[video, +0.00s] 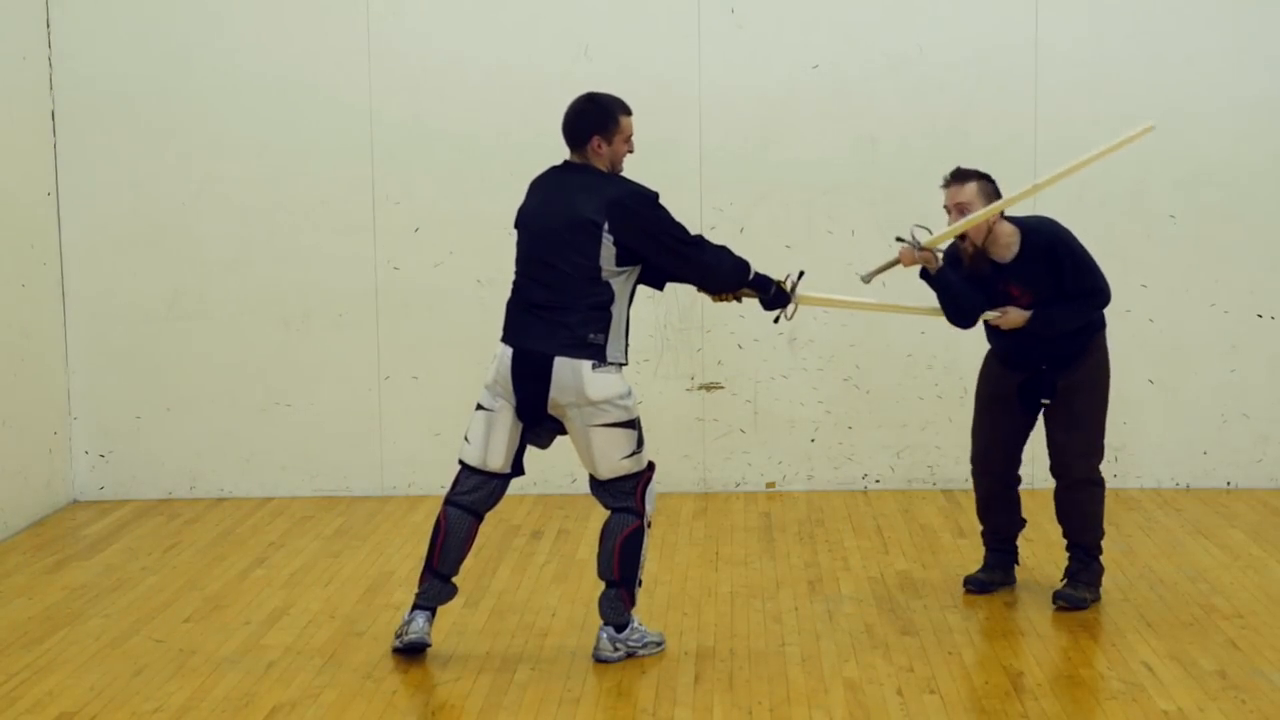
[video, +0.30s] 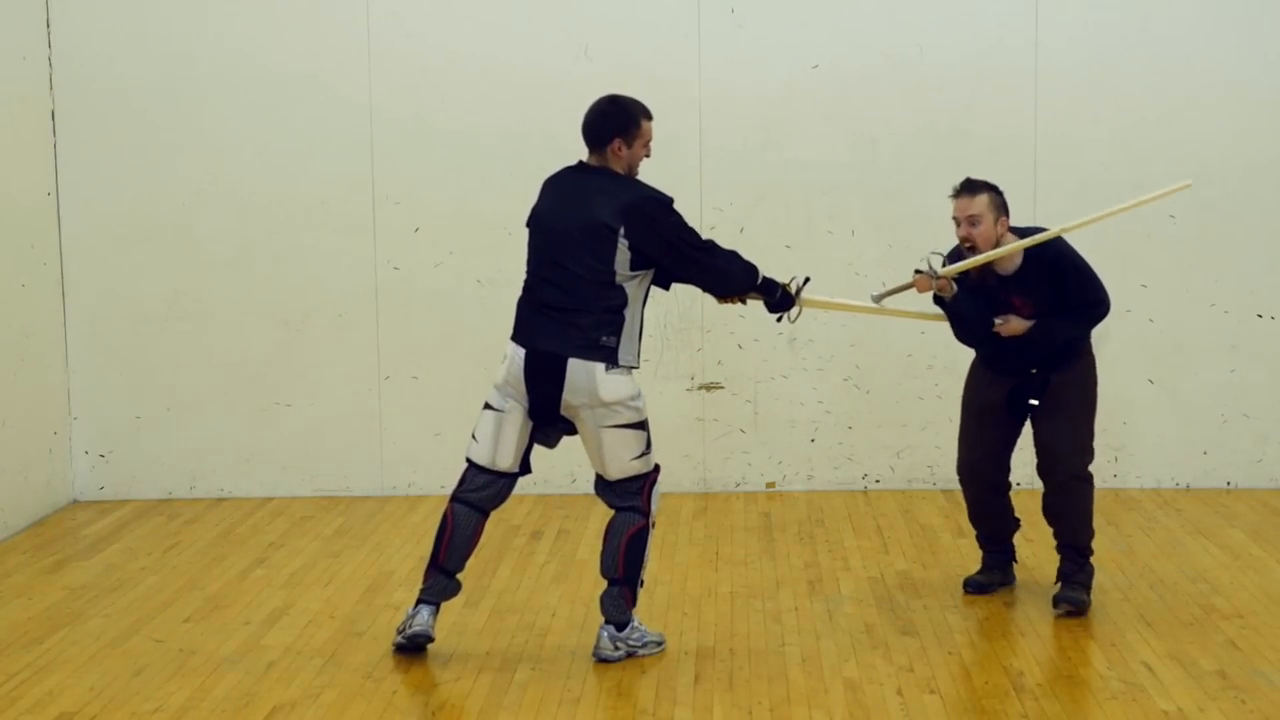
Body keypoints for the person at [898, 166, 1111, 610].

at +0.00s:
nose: (956, 220)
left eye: (964, 209)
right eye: (950, 211)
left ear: (994, 209)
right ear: (948, 215)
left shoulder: (1047, 237)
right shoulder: (959, 258)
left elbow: (1097, 294)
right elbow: (964, 317)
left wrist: (1031, 317)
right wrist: (932, 266)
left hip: (1076, 358)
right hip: (1009, 359)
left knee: (1076, 465)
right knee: (991, 460)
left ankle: (1083, 570)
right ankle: (999, 560)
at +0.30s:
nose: (963, 233)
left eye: (973, 222)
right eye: (958, 223)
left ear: (1002, 221)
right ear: (954, 224)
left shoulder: (1046, 248)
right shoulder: (961, 266)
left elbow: (1097, 304)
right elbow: (977, 337)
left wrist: (1033, 327)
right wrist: (948, 296)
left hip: (1064, 367)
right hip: (997, 368)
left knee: (1065, 469)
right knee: (977, 467)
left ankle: (1075, 574)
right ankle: (997, 562)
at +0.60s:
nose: (983, 247)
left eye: (994, 236)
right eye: (977, 236)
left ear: (1020, 235)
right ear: (971, 235)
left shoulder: (1061, 260)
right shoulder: (969, 274)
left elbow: (1107, 315)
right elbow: (984, 352)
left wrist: (1045, 339)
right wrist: (960, 318)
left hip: (1069, 375)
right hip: (1000, 376)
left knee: (1072, 476)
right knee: (978, 472)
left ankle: (1075, 580)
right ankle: (996, 562)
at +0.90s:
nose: (1015, 254)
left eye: (1026, 243)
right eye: (1007, 242)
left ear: (1046, 239)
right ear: (997, 237)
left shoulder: (1077, 264)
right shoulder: (986, 268)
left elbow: (1116, 320)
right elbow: (989, 352)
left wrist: (1054, 339)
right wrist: (972, 322)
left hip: (1074, 379)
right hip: (1006, 377)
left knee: (1076, 476)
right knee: (984, 471)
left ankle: (1075, 581)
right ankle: (997, 563)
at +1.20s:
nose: (1028, 257)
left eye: (1038, 247)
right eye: (1020, 245)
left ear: (1058, 242)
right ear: (1010, 238)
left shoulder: (1089, 268)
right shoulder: (994, 267)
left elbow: (1121, 325)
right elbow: (989, 351)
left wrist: (1057, 337)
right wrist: (975, 323)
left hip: (1075, 375)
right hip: (1006, 370)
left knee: (1076, 478)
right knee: (984, 470)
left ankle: (1075, 582)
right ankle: (997, 562)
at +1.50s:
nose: (1024, 252)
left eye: (1035, 243)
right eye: (1018, 240)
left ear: (1058, 240)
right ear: (1011, 233)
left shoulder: (1090, 267)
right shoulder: (994, 264)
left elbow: (1119, 327)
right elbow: (989, 338)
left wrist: (1056, 337)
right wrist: (973, 323)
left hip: (1074, 375)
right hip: (1005, 370)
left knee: (1075, 476)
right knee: (984, 470)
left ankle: (1075, 582)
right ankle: (997, 563)